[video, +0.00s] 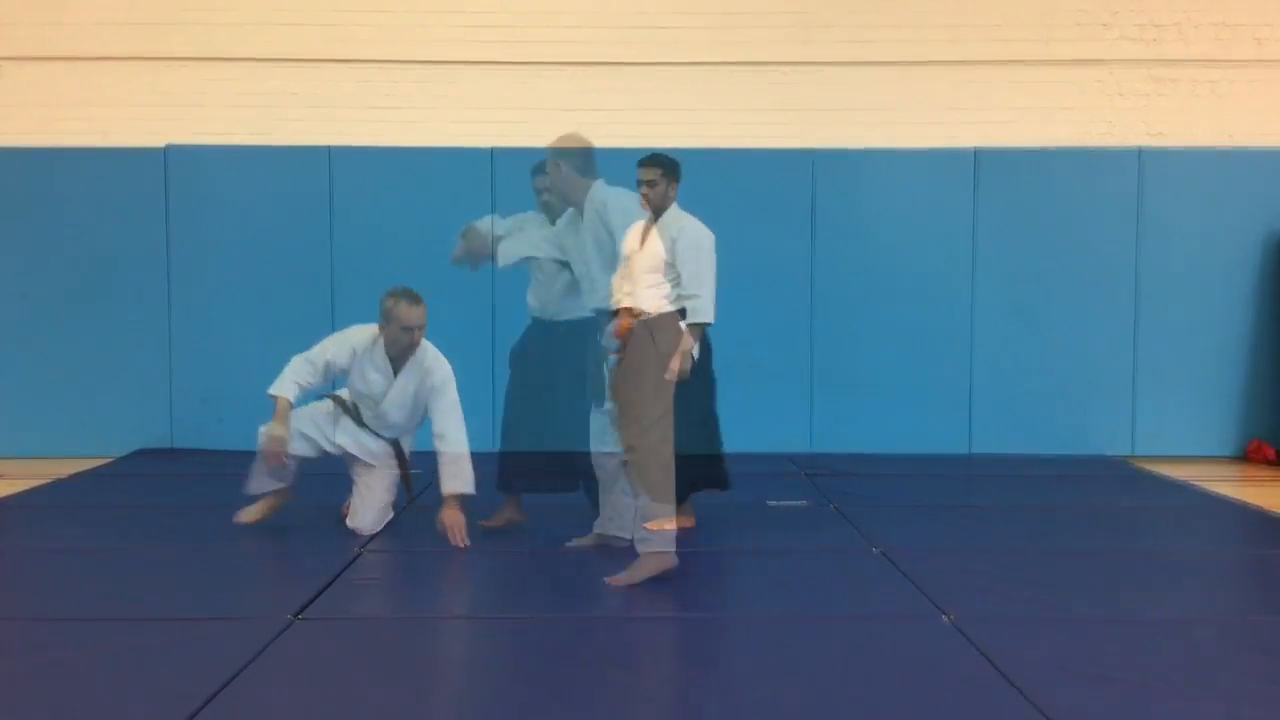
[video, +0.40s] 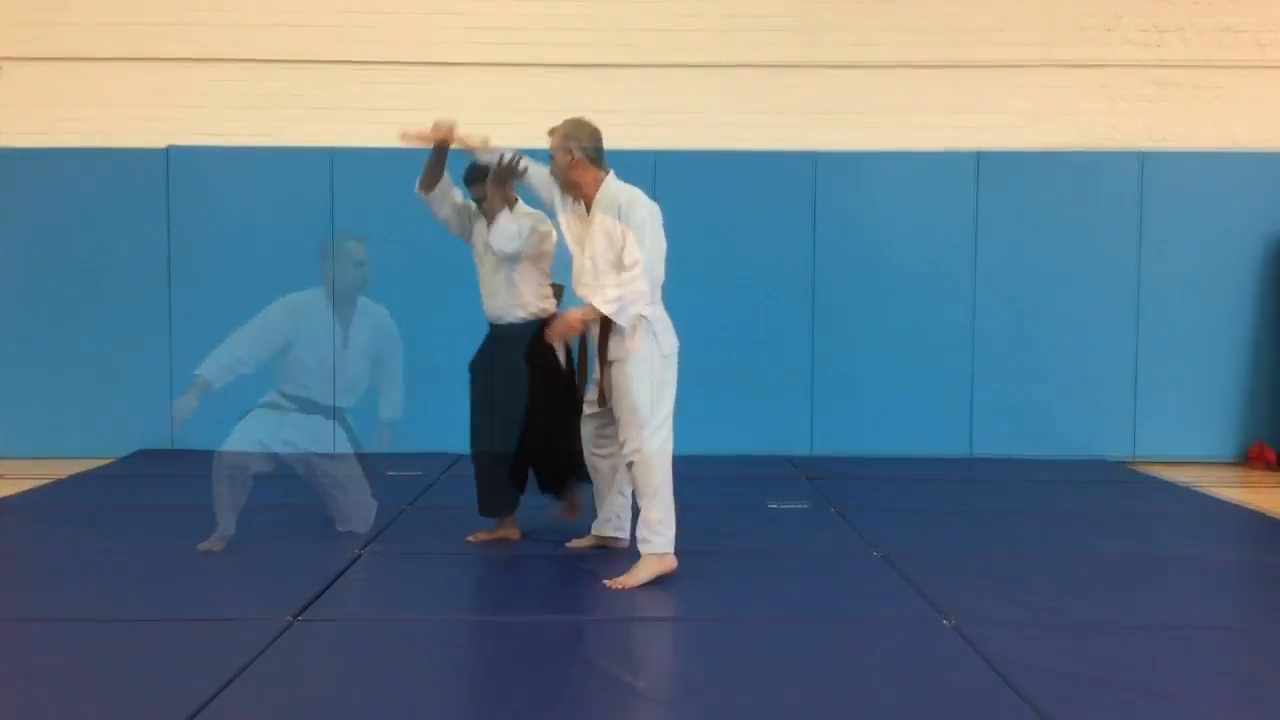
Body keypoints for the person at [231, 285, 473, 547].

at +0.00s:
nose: (416, 338)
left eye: (421, 329)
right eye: (407, 330)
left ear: (426, 326)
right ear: (384, 327)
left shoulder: (435, 369)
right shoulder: (358, 342)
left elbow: (450, 433)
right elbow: (303, 368)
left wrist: (452, 502)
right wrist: (280, 423)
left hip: (385, 448)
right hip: (342, 418)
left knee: (365, 525)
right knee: (275, 434)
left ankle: (355, 504)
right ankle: (278, 494)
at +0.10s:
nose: (411, 319)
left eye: (416, 310)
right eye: (403, 310)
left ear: (420, 310)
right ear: (379, 309)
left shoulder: (427, 358)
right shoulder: (348, 330)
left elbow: (434, 423)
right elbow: (296, 361)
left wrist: (430, 490)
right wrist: (260, 405)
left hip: (370, 440)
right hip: (325, 412)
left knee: (365, 526)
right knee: (261, 427)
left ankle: (349, 503)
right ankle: (243, 507)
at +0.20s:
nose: (405, 305)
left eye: (409, 297)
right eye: (397, 297)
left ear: (412, 297)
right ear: (371, 295)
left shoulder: (416, 350)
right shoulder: (336, 324)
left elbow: (421, 414)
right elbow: (284, 359)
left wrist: (408, 479)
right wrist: (243, 400)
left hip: (356, 436)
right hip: (310, 410)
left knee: (366, 526)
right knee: (255, 430)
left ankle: (342, 500)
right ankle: (228, 517)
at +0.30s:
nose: (389, 289)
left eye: (391, 281)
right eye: (380, 281)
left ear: (395, 284)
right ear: (354, 284)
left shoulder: (400, 338)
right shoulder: (318, 318)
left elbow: (409, 403)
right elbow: (264, 355)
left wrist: (392, 459)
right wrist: (219, 399)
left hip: (340, 430)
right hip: (292, 411)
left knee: (365, 523)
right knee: (243, 446)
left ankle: (339, 505)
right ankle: (225, 521)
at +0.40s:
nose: (363, 274)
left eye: (365, 266)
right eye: (354, 266)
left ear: (368, 271)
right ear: (330, 267)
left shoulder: (379, 322)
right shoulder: (297, 308)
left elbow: (391, 381)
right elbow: (242, 347)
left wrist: (385, 434)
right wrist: (194, 393)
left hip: (328, 424)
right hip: (278, 413)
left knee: (359, 519)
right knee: (231, 457)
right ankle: (224, 530)